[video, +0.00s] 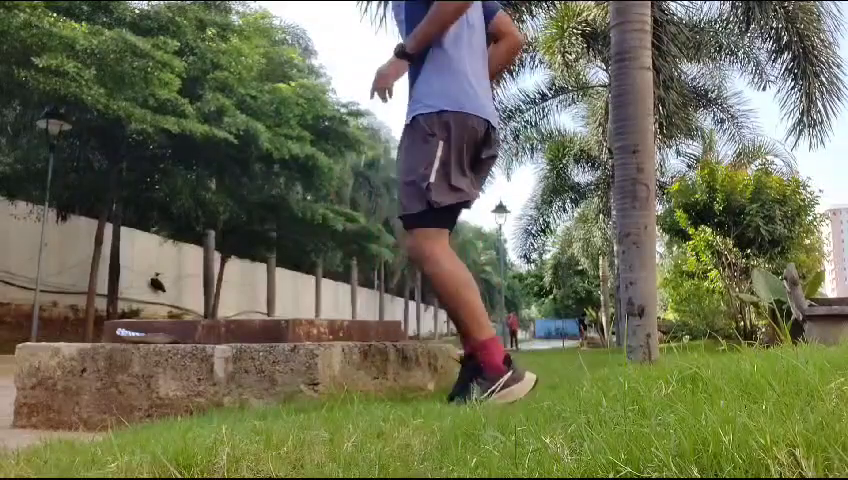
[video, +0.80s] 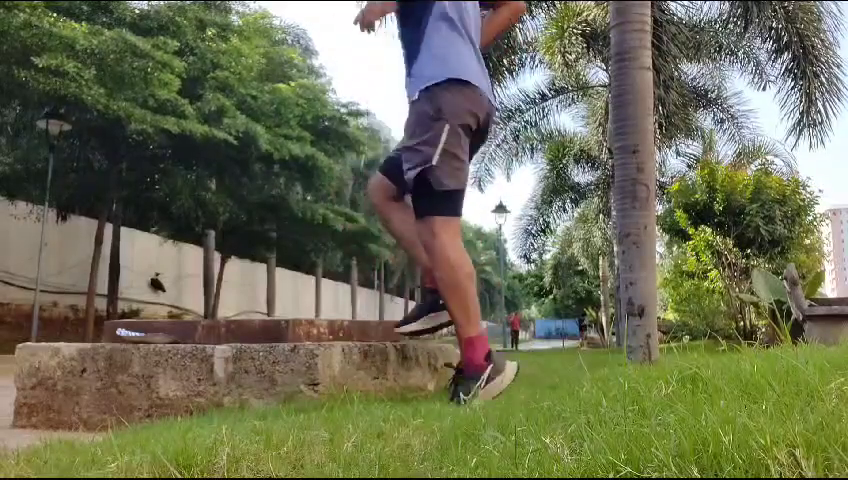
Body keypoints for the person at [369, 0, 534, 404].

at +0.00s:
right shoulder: (476, 5)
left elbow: (457, 3)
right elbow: (511, 38)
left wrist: (403, 55)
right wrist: (469, 89)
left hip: (442, 107)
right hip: (475, 113)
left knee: (426, 242)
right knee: (431, 243)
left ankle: (496, 368)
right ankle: (478, 364)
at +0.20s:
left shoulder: (416, 5)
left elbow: (465, 3)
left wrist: (407, 59)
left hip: (440, 103)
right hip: (483, 119)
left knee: (342, 184)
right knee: (452, 248)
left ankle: (409, 277)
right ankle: (490, 371)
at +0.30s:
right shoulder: (453, 11)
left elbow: (427, 2)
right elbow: (461, 33)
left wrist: (390, 35)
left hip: (425, 77)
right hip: (473, 94)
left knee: (347, 187)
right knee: (436, 221)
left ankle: (390, 303)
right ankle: (482, 338)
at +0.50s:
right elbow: (478, 5)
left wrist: (366, 7)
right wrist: (442, 37)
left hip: (423, 50)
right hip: (467, 59)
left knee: (385, 174)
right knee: (412, 183)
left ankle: (394, 306)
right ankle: (430, 305)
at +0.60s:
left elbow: (365, 6)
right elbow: (487, 3)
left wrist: (350, 14)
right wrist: (451, 42)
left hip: (425, 55)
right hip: (463, 66)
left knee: (383, 178)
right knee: (416, 189)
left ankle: (436, 299)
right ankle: (416, 305)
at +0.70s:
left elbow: (354, 9)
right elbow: (493, 2)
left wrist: (361, 2)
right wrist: (452, 31)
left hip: (435, 55)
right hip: (466, 62)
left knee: (405, 187)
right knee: (407, 187)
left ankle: (462, 315)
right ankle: (419, 304)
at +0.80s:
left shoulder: (414, 2)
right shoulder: (467, 8)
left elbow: (387, 6)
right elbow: (515, 4)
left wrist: (375, 10)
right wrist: (470, 44)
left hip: (444, 90)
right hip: (480, 98)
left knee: (441, 236)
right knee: (382, 190)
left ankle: (477, 362)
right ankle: (436, 287)